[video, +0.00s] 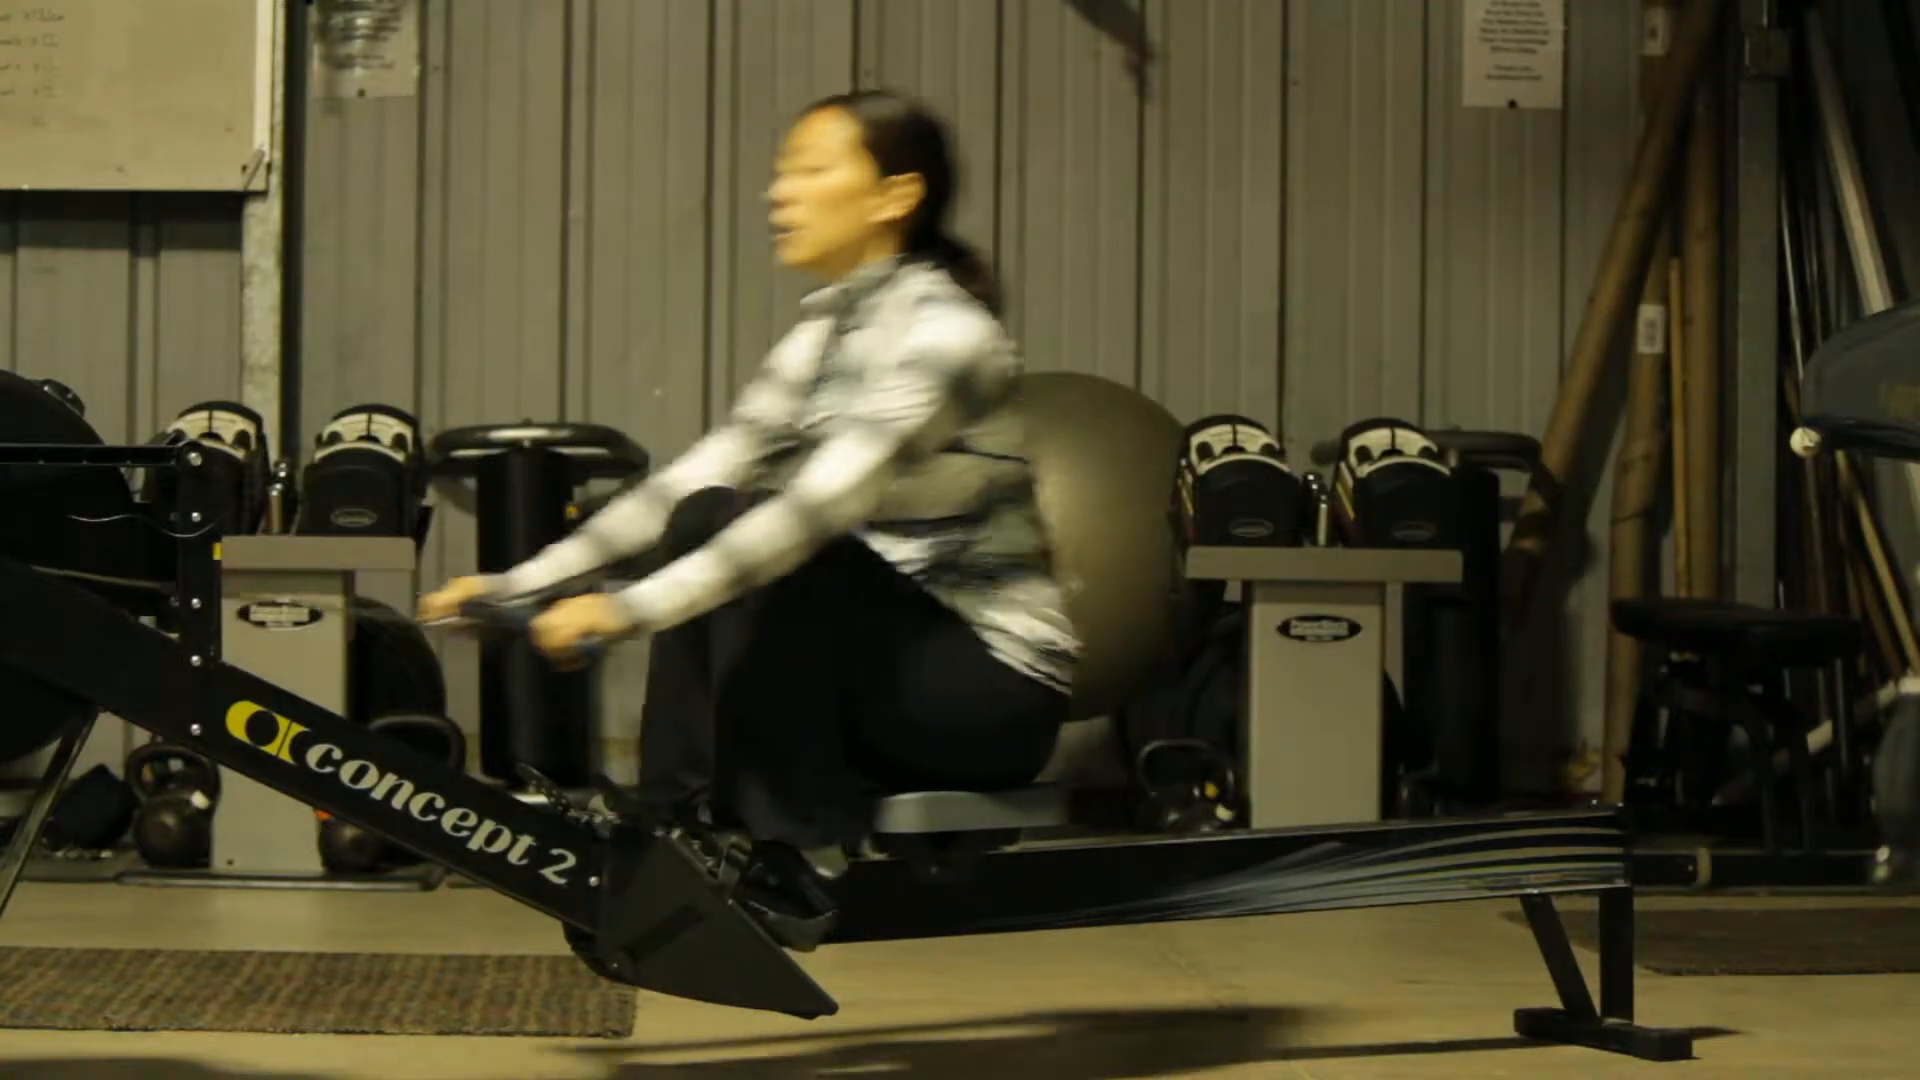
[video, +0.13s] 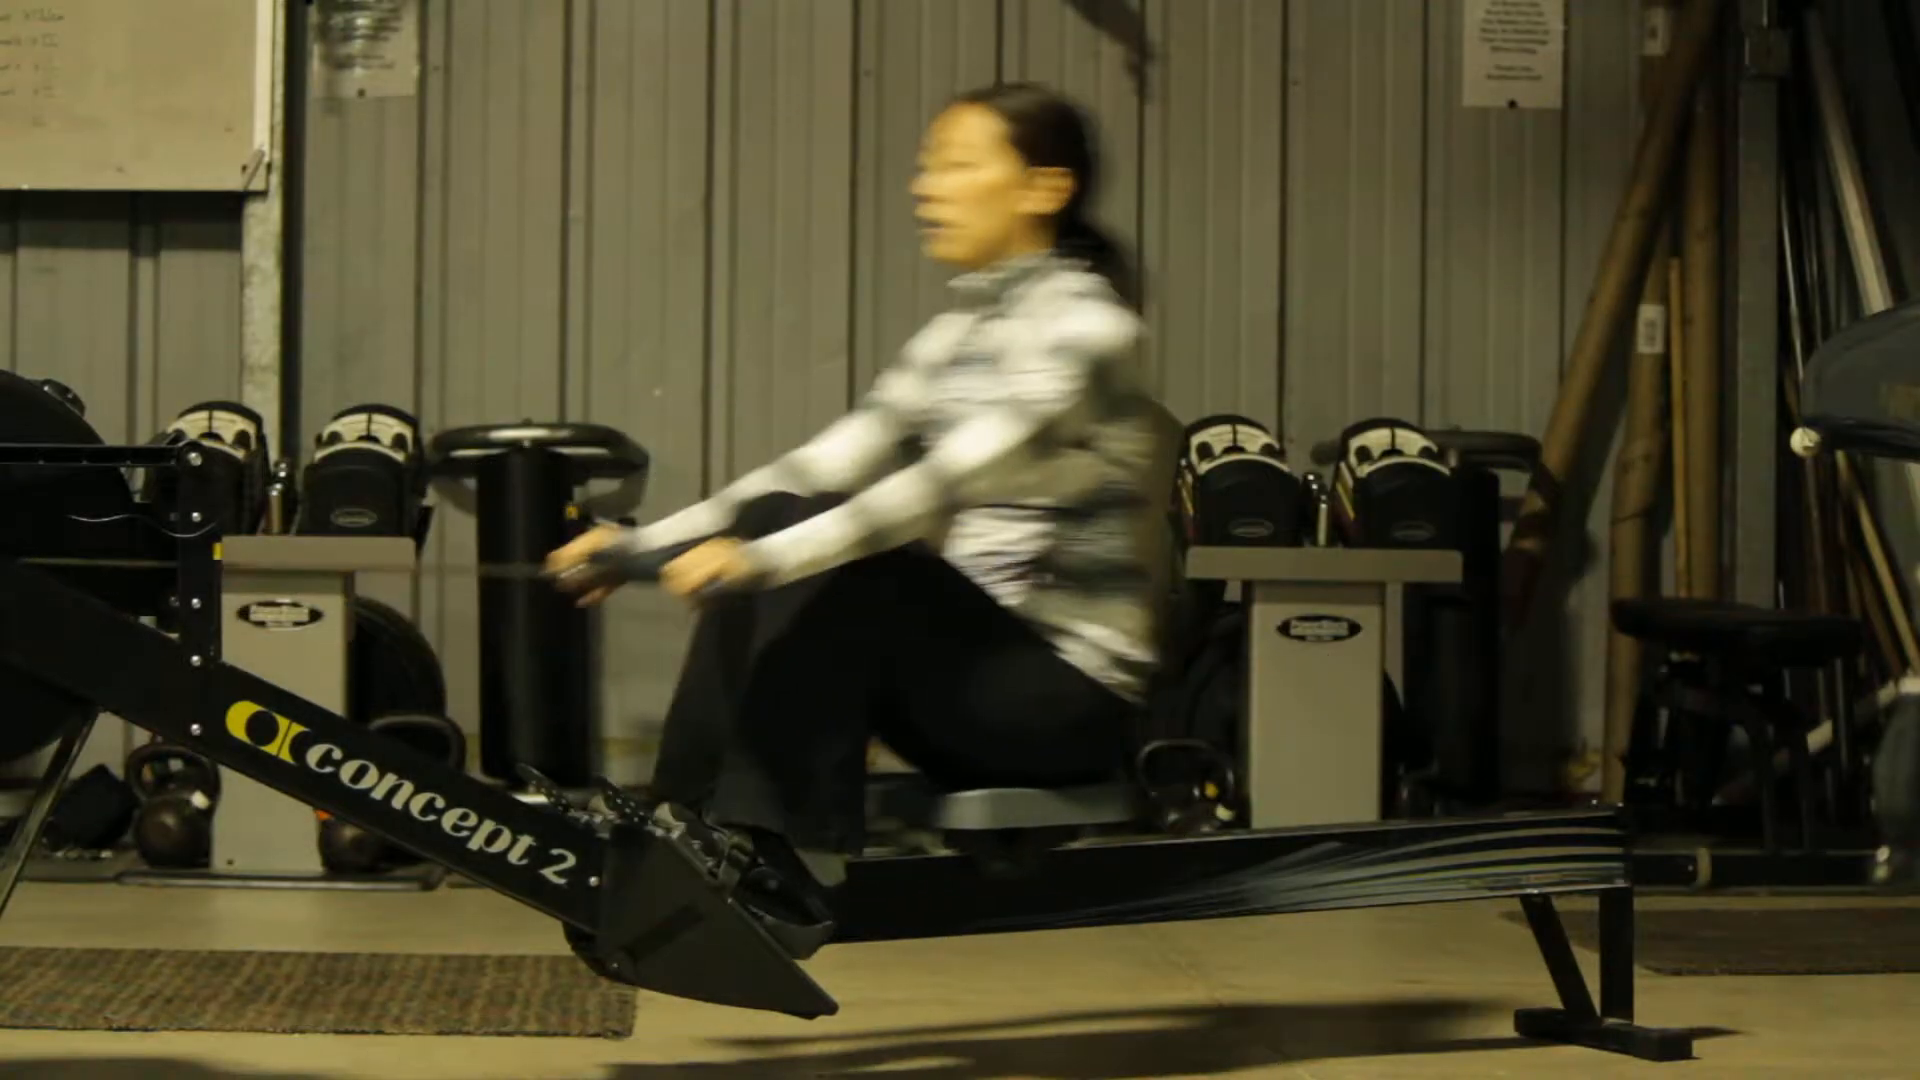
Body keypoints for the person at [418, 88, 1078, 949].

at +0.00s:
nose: (777, 192)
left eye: (809, 169)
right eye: (783, 169)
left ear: (896, 196)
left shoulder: (941, 330)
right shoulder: (823, 333)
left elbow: (811, 514)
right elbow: (696, 480)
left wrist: (630, 607)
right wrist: (514, 589)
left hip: (995, 689)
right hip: (896, 662)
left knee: (796, 572)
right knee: (702, 525)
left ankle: (797, 858)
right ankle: (678, 825)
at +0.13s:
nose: (924, 187)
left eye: (955, 165)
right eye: (927, 164)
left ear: (1046, 190)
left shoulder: (1082, 318)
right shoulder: (961, 326)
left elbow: (944, 480)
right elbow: (825, 465)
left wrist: (766, 557)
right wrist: (645, 544)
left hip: (1076, 700)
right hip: (986, 680)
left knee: (876, 583)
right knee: (756, 572)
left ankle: (774, 852)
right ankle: (677, 834)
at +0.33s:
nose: (1185, 212)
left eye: (1211, 187)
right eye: (1186, 189)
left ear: (1297, 204)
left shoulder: (1311, 333)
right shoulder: (1205, 333)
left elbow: (1147, 419)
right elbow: (1049, 405)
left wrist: (971, 464)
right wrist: (841, 456)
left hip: (1215, 693)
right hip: (1144, 675)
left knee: (939, 583)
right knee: (890, 576)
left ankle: (813, 858)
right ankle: (726, 826)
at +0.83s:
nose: (1435, 299)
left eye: (1454, 274)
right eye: (1431, 277)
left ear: (1532, 277)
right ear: (1474, 282)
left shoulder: (1571, 395)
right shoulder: (1452, 397)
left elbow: (1635, 579)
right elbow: (1412, 536)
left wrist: (1475, 504)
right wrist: (1305, 508)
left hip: (1387, 684)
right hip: (1298, 659)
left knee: (1096, 735)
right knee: (1031, 718)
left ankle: (805, 881)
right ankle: (760, 848)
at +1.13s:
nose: (1311, 248)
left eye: (1329, 223)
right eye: (1306, 225)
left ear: (1412, 222)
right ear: (1335, 228)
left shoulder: (1467, 345)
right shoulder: (1346, 349)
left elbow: (1509, 537)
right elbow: (1312, 516)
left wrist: (1318, 520)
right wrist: (1171, 503)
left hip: (1376, 677)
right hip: (1289, 654)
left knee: (1084, 699)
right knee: (1014, 686)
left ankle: (820, 885)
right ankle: (758, 851)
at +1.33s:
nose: (1093, 225)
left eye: (1118, 198)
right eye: (1091, 201)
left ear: (1207, 198)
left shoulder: (1263, 335)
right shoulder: (1124, 341)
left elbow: (1193, 532)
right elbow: (1016, 503)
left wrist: (994, 602)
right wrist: (849, 586)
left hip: (1255, 684)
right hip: (1158, 662)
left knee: (971, 654)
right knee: (909, 628)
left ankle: (819, 877)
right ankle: (762, 843)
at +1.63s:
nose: (784, 238)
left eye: (812, 210)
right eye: (786, 213)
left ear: (901, 226)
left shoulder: (947, 356)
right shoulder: (839, 358)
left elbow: (804, 526)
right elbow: (683, 479)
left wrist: (614, 629)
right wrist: (482, 583)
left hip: (1068, 690)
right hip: (985, 677)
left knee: (840, 575)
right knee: (775, 575)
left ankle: (801, 875)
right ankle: (703, 831)